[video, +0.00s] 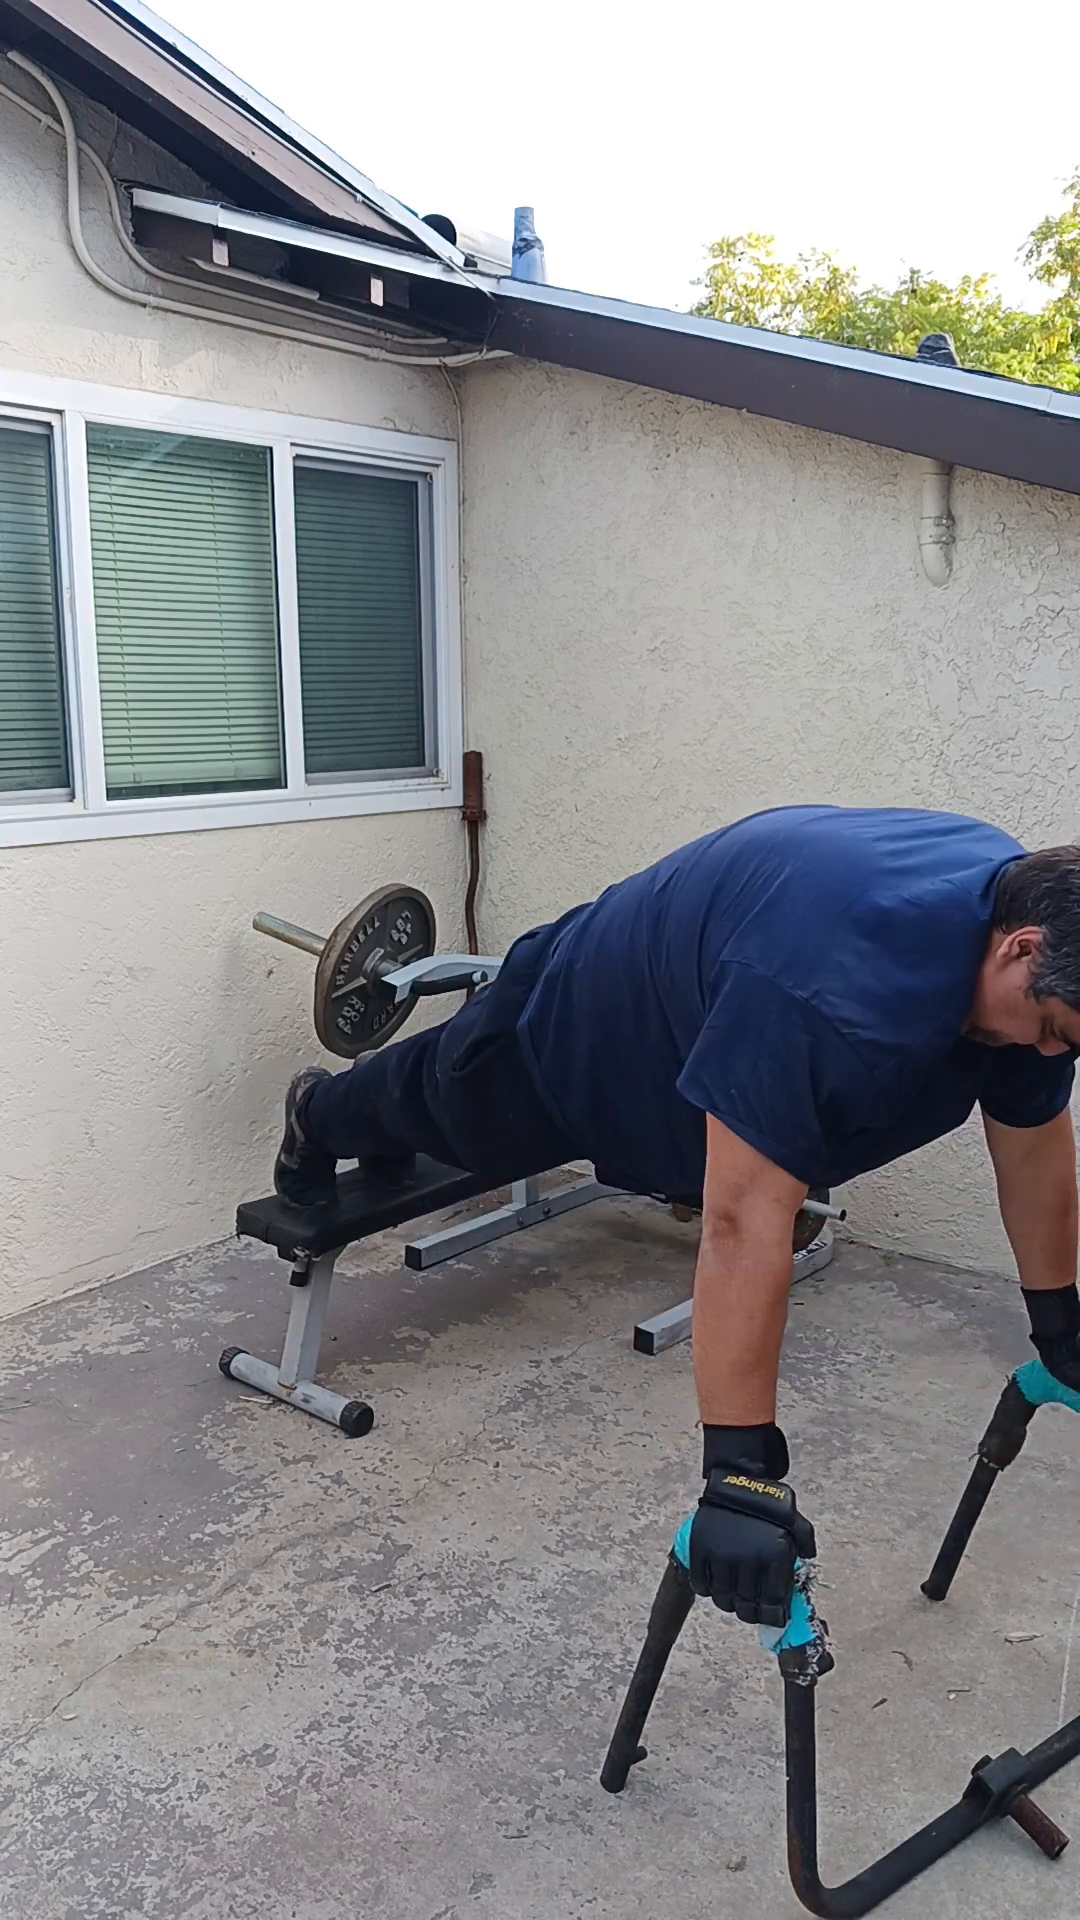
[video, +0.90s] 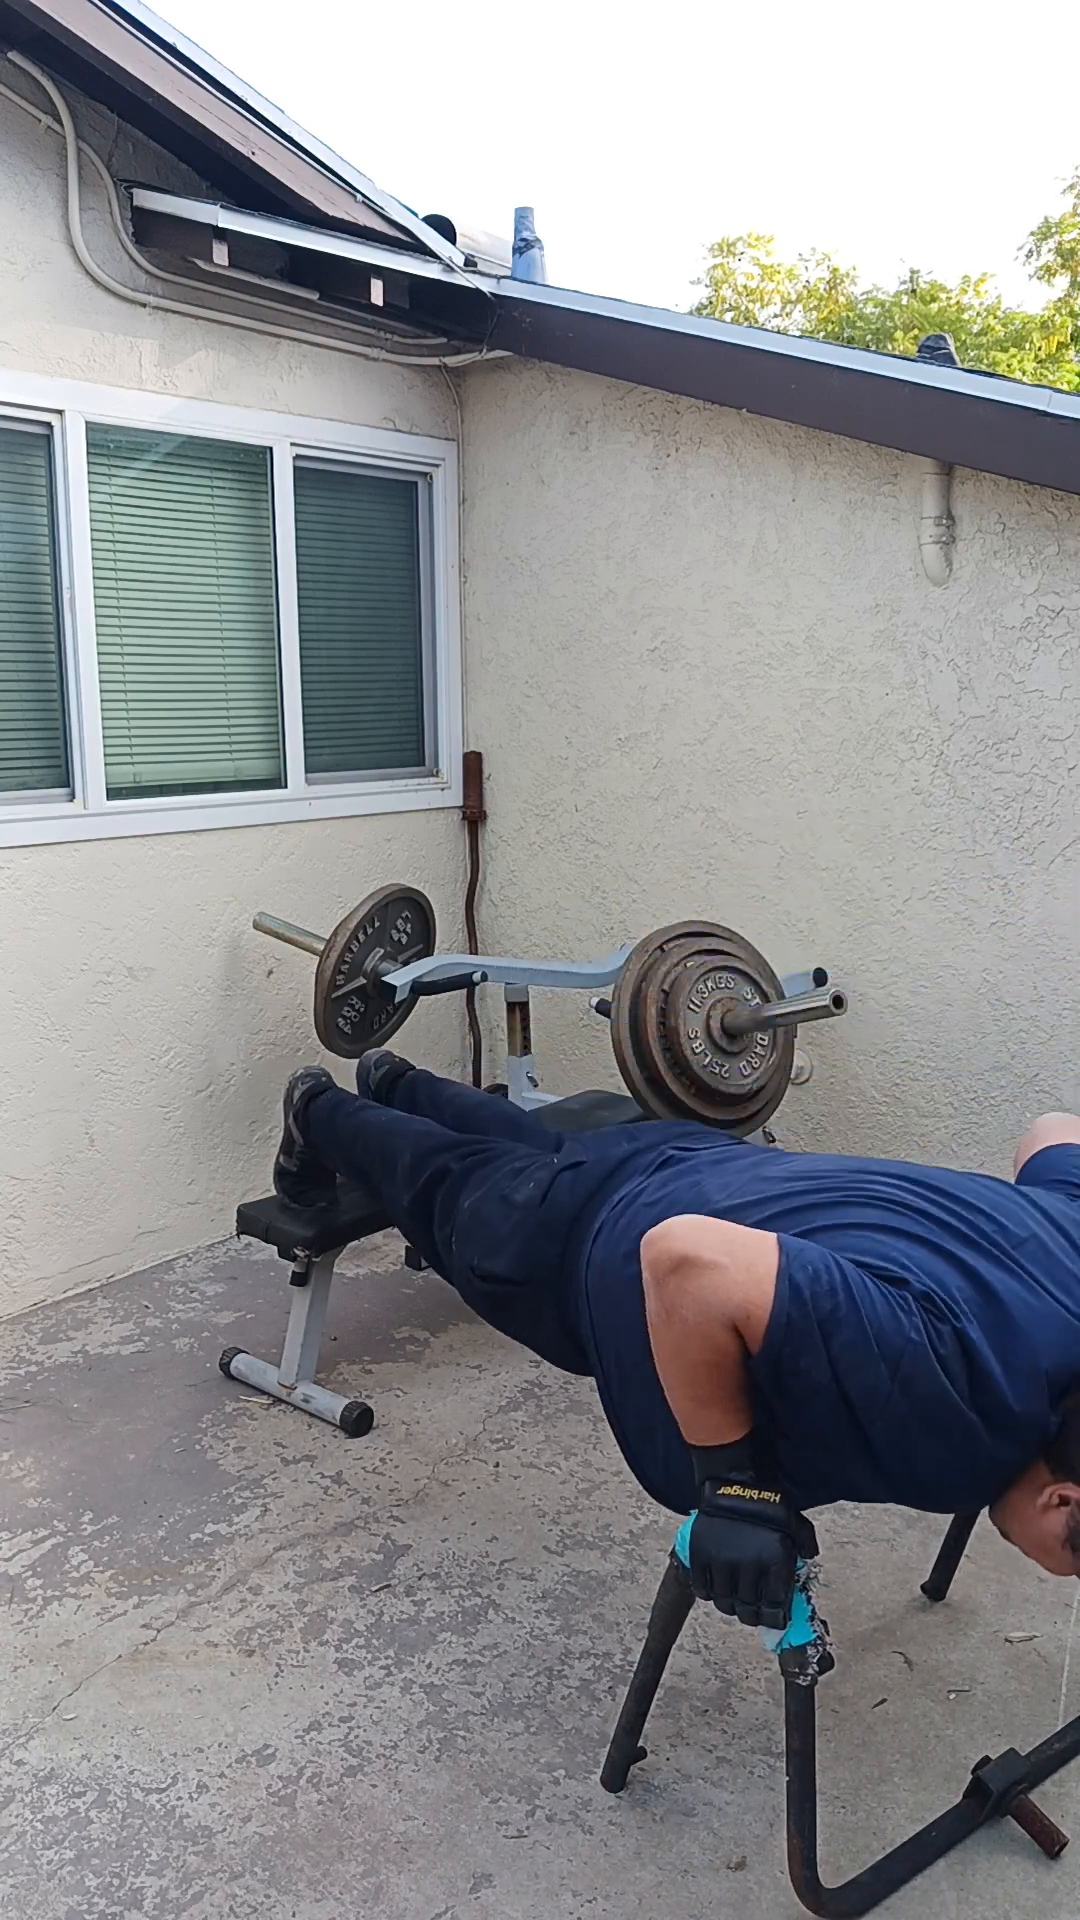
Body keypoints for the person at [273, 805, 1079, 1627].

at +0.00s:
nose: (1047, 1053)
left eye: (1064, 1041)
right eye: (1049, 1027)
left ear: (1031, 946)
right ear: (1013, 947)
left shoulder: (1019, 950)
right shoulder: (819, 982)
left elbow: (1039, 1152)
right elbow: (741, 1229)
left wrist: (1058, 1322)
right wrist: (740, 1475)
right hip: (599, 1001)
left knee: (515, 1097)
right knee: (440, 1080)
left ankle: (409, 1131)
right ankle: (315, 1115)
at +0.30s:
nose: (1055, 1128)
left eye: (1070, 1118)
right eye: (1060, 1105)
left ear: (1044, 1026)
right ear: (1030, 1032)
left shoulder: (1035, 968)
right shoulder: (820, 1032)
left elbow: (1048, 1150)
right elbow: (689, 1238)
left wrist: (1058, 1324)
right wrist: (735, 1479)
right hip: (591, 1041)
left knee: (508, 1115)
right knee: (433, 1095)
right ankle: (314, 1110)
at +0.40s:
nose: (1058, 1198)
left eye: (1073, 1185)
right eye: (1069, 1176)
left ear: (1055, 1118)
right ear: (1046, 1125)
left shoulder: (1051, 1024)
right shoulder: (840, 1096)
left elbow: (1051, 1172)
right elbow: (661, 1258)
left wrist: (1058, 1308)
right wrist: (732, 1479)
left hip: (711, 981)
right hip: (599, 1065)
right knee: (441, 1110)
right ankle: (320, 1107)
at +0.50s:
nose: (1045, 1302)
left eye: (1064, 1299)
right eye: (1061, 1286)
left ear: (1063, 1210)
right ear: (1055, 1222)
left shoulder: (1068, 1070)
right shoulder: (880, 1160)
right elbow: (644, 1267)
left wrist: (1052, 1308)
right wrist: (731, 1480)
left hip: (696, 1031)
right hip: (594, 1106)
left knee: (496, 1105)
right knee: (438, 1121)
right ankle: (317, 1111)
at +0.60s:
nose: (1050, 1385)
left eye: (1066, 1379)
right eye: (1066, 1370)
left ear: (1067, 1301)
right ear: (1057, 1308)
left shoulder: (1075, 1132)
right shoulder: (898, 1244)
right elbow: (643, 1277)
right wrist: (731, 1484)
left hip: (704, 1070)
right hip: (601, 1146)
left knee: (524, 1099)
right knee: (442, 1132)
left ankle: (389, 1088)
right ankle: (316, 1107)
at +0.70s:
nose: (1049, 1454)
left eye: (1064, 1448)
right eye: (1068, 1443)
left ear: (1068, 1387)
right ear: (1062, 1391)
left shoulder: (1079, 1184)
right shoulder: (905, 1294)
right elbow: (653, 1277)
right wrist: (731, 1484)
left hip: (706, 1101)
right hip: (598, 1185)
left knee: (529, 1122)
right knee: (443, 1156)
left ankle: (392, 1082)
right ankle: (317, 1106)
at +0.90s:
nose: (1046, 1557)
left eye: (1062, 1556)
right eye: (1065, 1545)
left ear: (1068, 1485)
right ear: (1060, 1487)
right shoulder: (934, 1377)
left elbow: (1059, 1131)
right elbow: (686, 1271)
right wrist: (733, 1486)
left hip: (715, 1156)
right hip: (622, 1223)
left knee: (538, 1144)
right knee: (452, 1190)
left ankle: (397, 1084)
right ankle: (324, 1112)